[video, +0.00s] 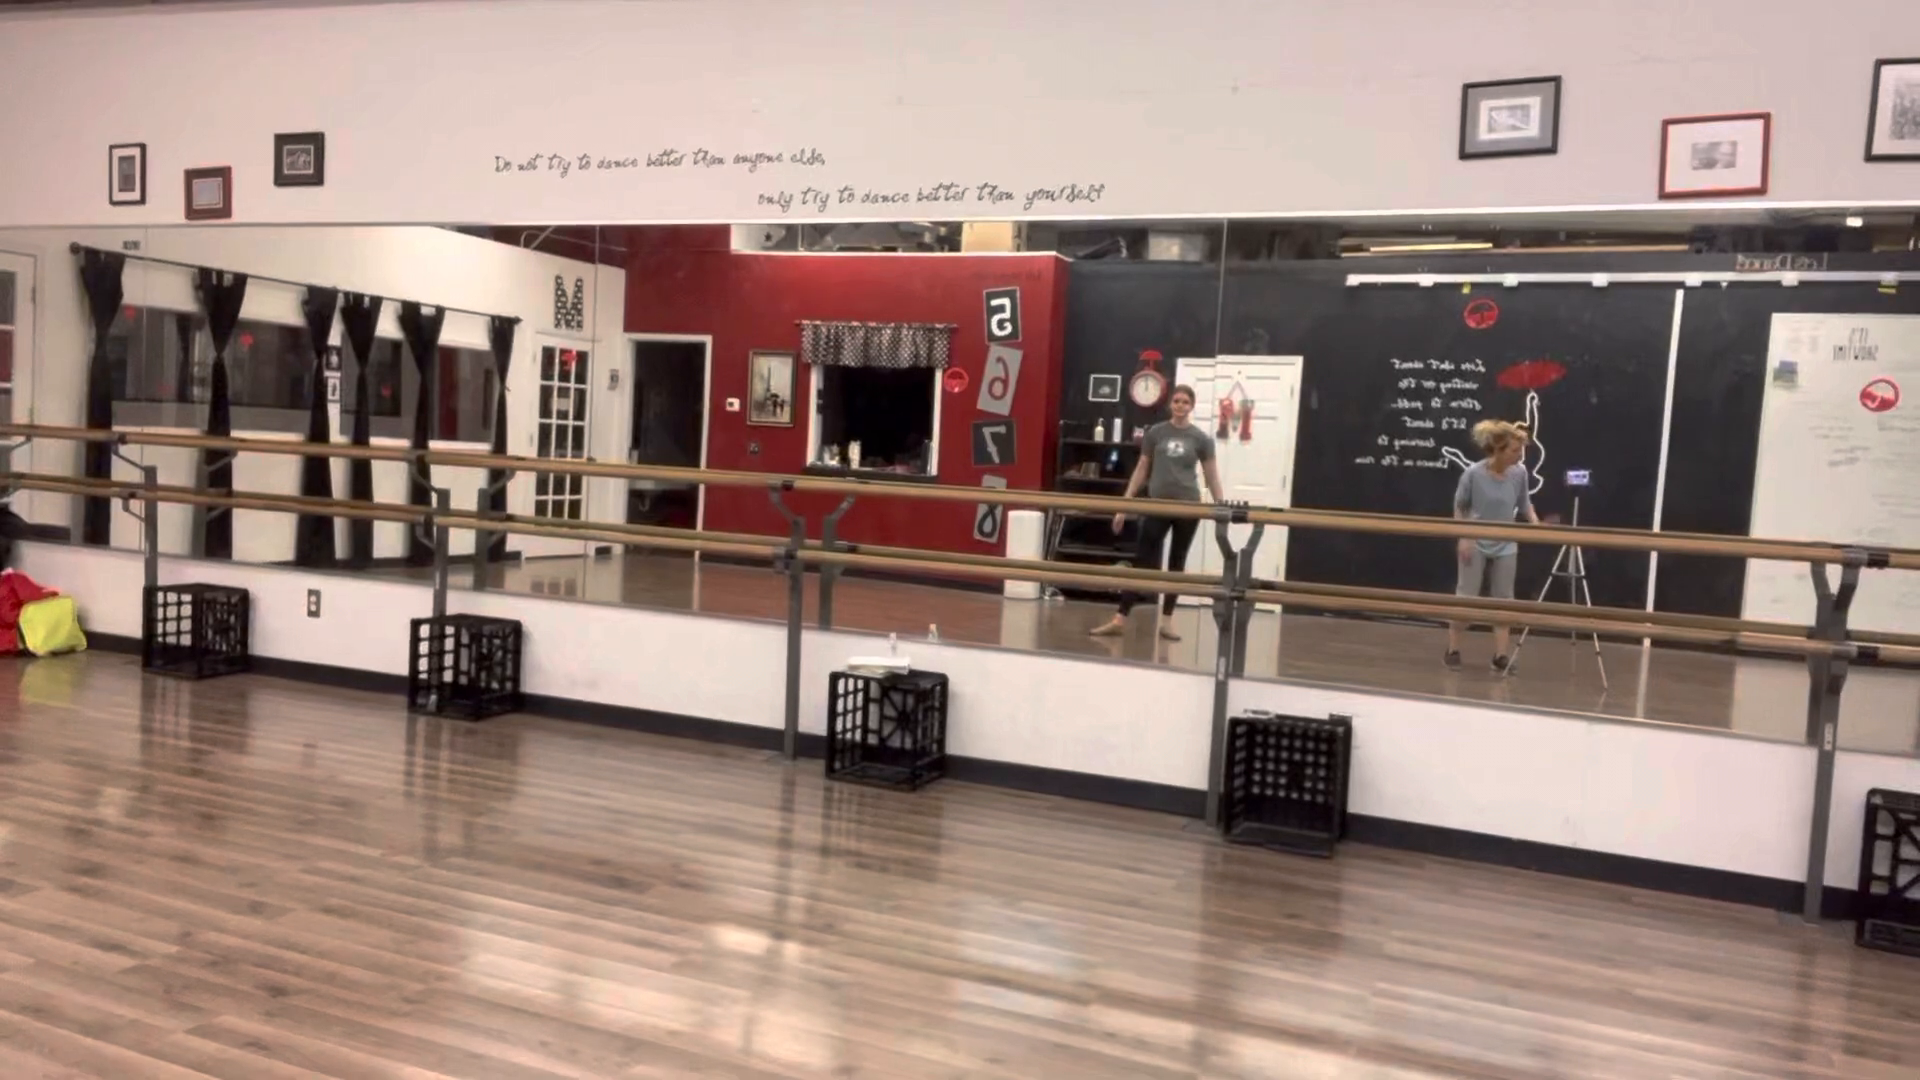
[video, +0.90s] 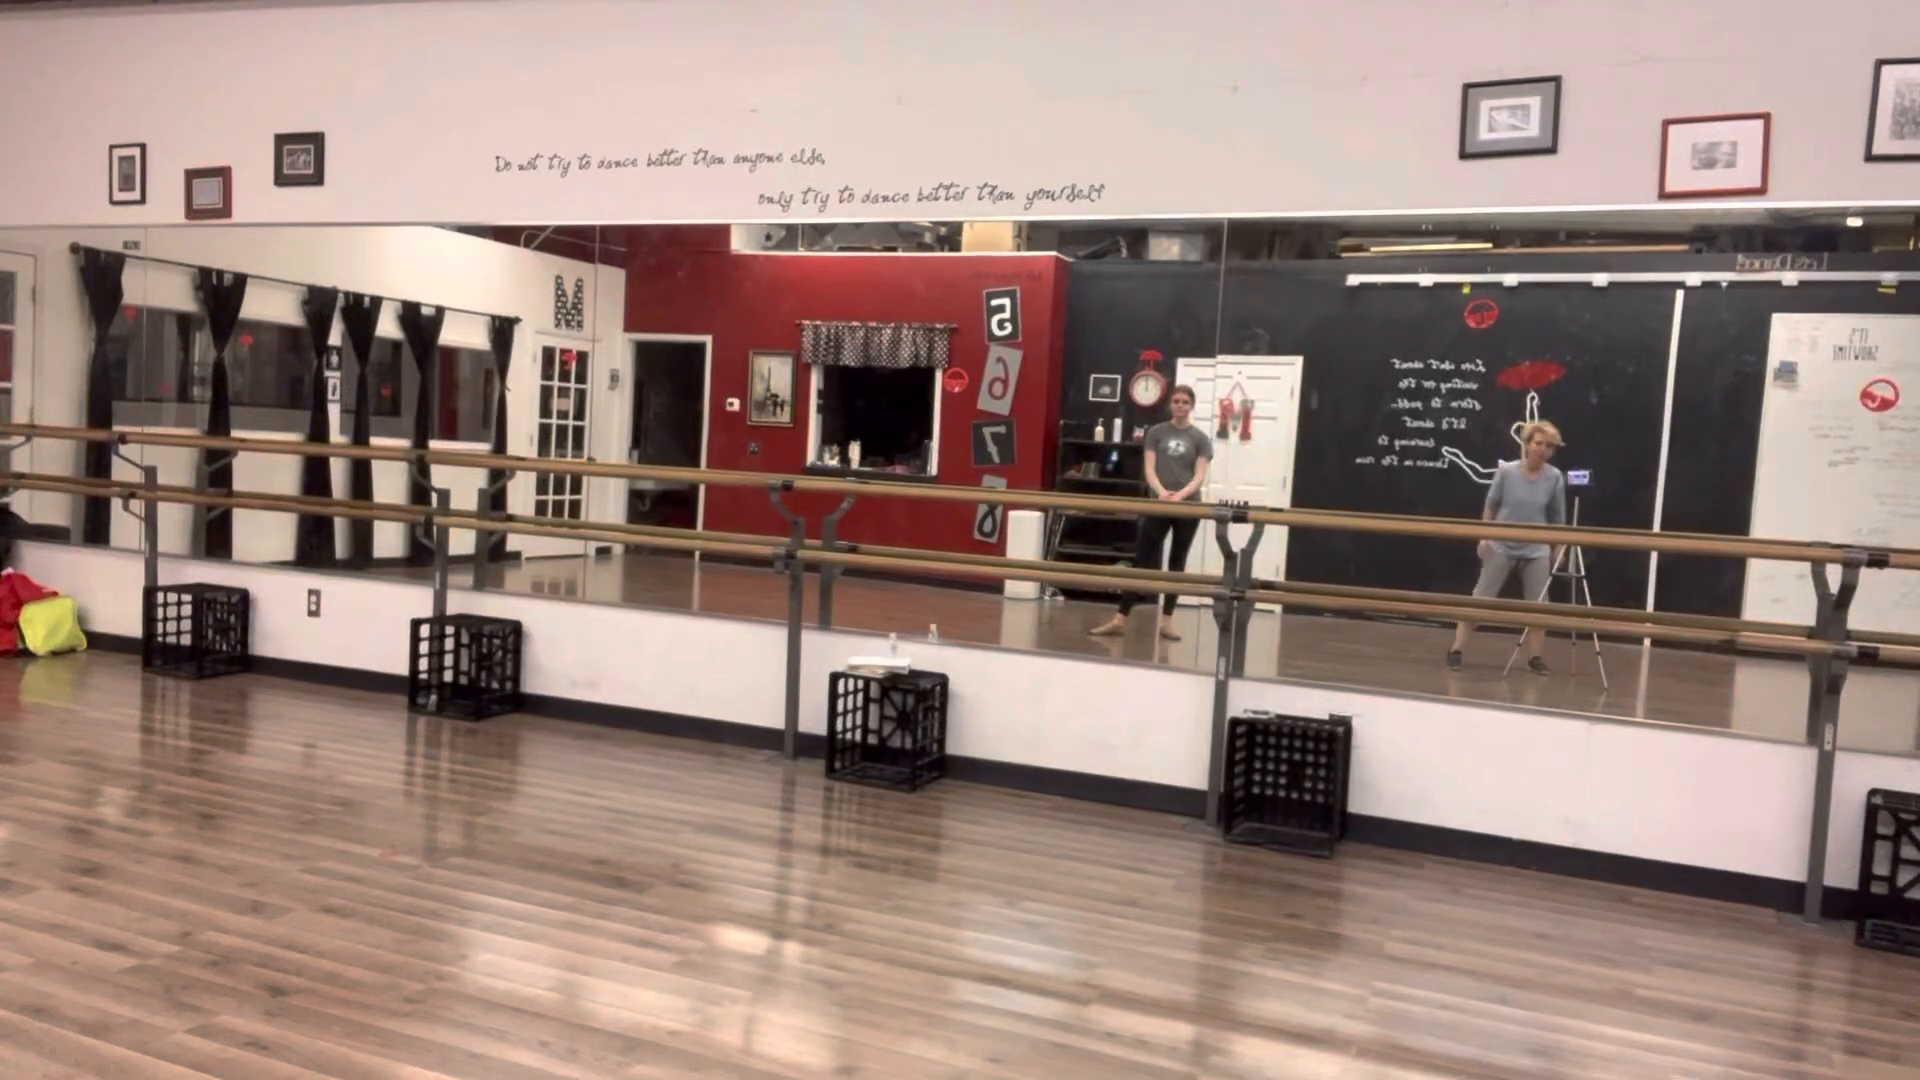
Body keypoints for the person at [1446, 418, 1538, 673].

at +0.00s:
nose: (1520, 454)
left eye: (1521, 449)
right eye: (1515, 449)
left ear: (1519, 450)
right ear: (1498, 449)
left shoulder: (1519, 473)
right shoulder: (1473, 473)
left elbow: (1525, 502)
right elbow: (1459, 507)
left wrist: (1535, 522)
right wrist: (1463, 537)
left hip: (1506, 543)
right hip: (1475, 542)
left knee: (1504, 599)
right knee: (1466, 596)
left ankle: (1501, 654)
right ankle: (1453, 648)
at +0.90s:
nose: (1542, 449)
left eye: (1548, 446)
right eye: (1538, 443)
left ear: (1553, 451)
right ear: (1527, 444)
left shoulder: (1554, 477)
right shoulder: (1506, 471)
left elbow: (1558, 515)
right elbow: (1490, 505)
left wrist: (1559, 546)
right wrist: (1485, 535)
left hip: (1537, 547)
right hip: (1502, 544)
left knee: (1538, 604)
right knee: (1481, 597)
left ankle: (1535, 655)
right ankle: (1457, 648)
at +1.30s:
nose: (1563, 442)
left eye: (1570, 439)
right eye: (1561, 436)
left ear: (1579, 448)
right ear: (1554, 439)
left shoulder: (1581, 476)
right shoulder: (1534, 465)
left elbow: (1588, 516)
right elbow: (1519, 502)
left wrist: (1588, 548)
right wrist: (1509, 533)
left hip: (1560, 547)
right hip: (1526, 542)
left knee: (1547, 602)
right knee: (1518, 597)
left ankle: (1537, 653)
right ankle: (1527, 639)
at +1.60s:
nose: (1559, 440)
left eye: (1567, 437)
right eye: (1558, 436)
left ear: (1580, 444)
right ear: (1556, 441)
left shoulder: (1589, 474)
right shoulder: (1547, 470)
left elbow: (1602, 511)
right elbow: (1537, 504)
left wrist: (1605, 544)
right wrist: (1534, 531)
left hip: (1573, 550)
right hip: (1545, 546)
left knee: (1549, 602)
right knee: (1554, 603)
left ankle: (1536, 655)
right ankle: (1576, 647)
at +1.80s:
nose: (1562, 448)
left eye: (1568, 443)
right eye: (1560, 443)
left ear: (1582, 446)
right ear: (1558, 447)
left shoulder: (1596, 475)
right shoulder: (1559, 477)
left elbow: (1617, 508)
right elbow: (1554, 513)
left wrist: (1628, 543)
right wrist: (1549, 540)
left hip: (1586, 549)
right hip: (1561, 547)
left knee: (1556, 599)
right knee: (1571, 602)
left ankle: (1536, 652)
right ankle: (1583, 653)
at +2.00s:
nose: (1567, 448)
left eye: (1573, 443)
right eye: (1565, 443)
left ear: (1588, 447)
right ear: (1564, 447)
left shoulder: (1604, 473)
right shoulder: (1565, 476)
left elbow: (1627, 504)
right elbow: (1564, 515)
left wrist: (1639, 538)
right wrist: (1559, 546)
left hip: (1599, 544)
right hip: (1573, 544)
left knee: (1563, 590)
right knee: (1576, 597)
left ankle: (1561, 648)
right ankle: (1584, 652)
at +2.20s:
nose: (1580, 446)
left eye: (1587, 442)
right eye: (1578, 441)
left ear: (1600, 447)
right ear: (1575, 445)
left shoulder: (1612, 474)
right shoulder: (1572, 474)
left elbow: (1631, 507)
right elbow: (1572, 509)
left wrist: (1638, 541)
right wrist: (1568, 537)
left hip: (1609, 543)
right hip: (1580, 542)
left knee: (1586, 591)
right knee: (1574, 595)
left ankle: (1609, 647)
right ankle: (1584, 651)